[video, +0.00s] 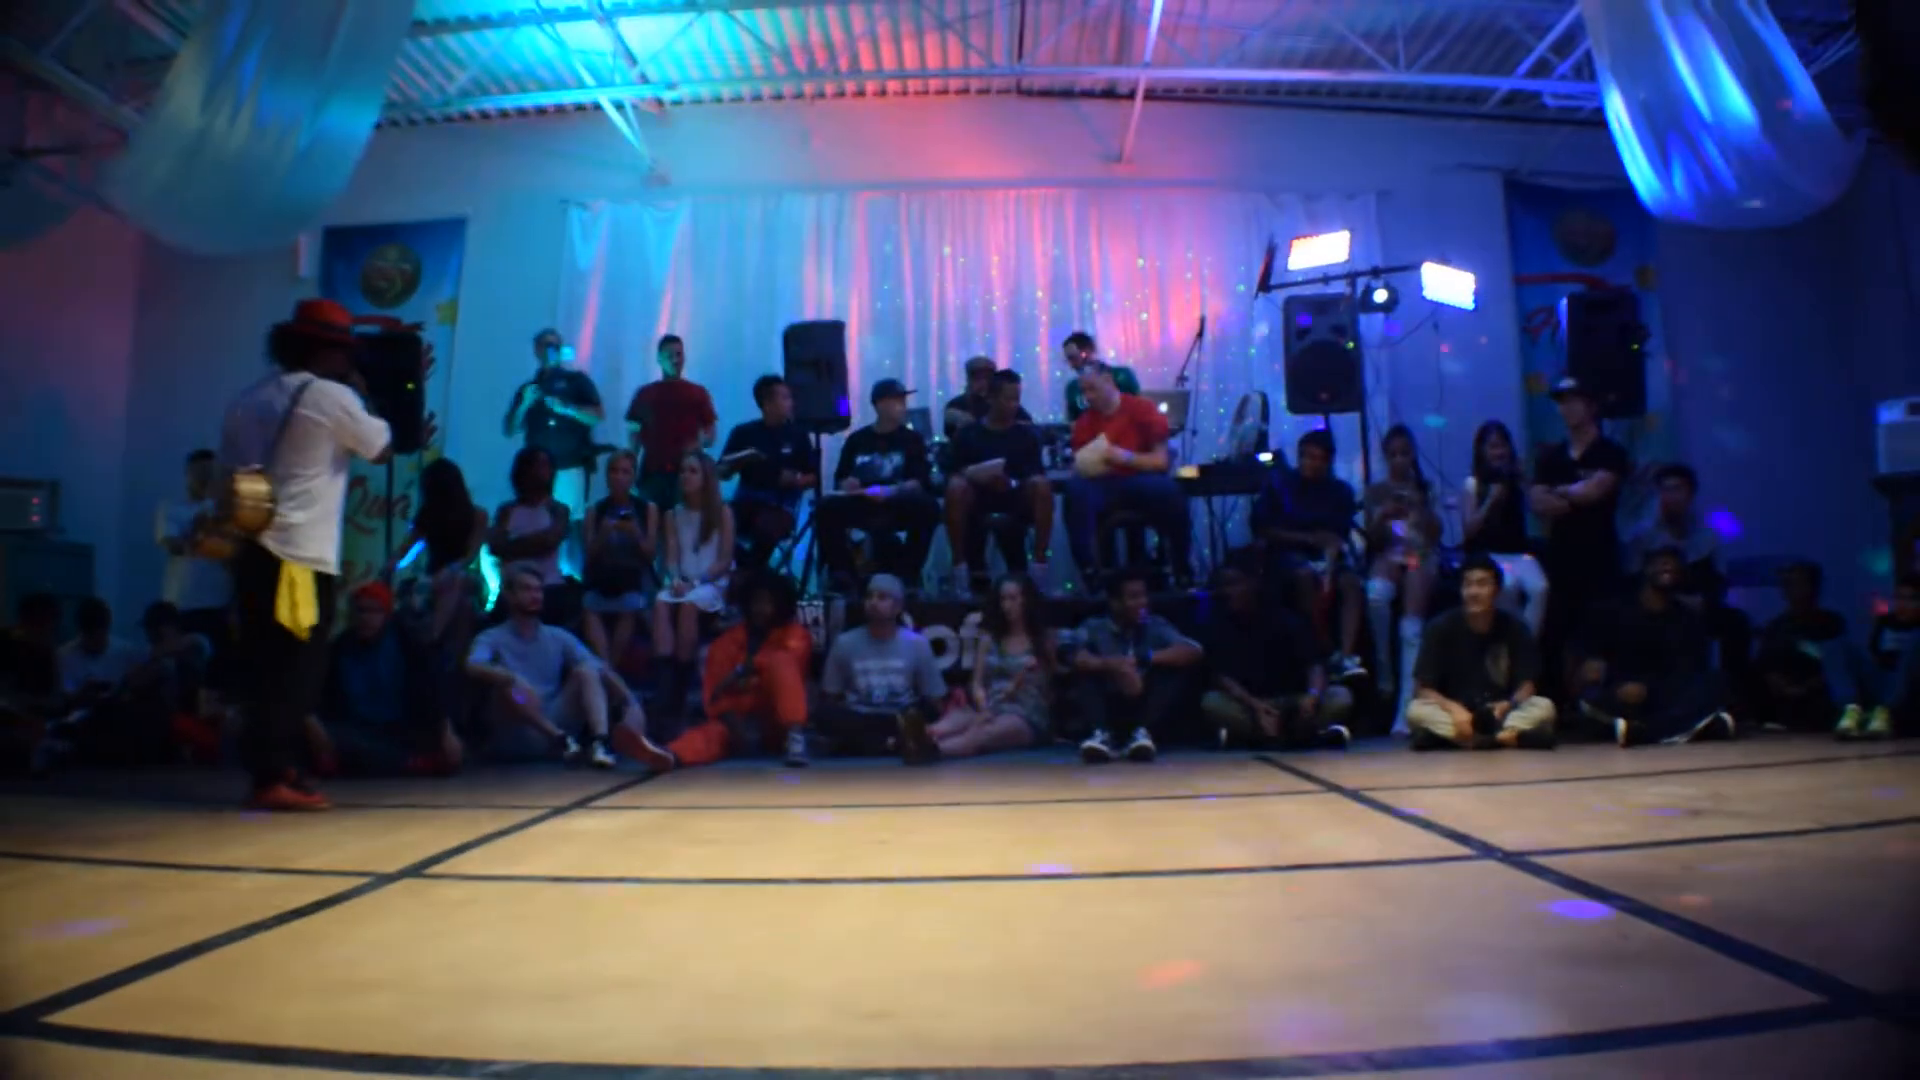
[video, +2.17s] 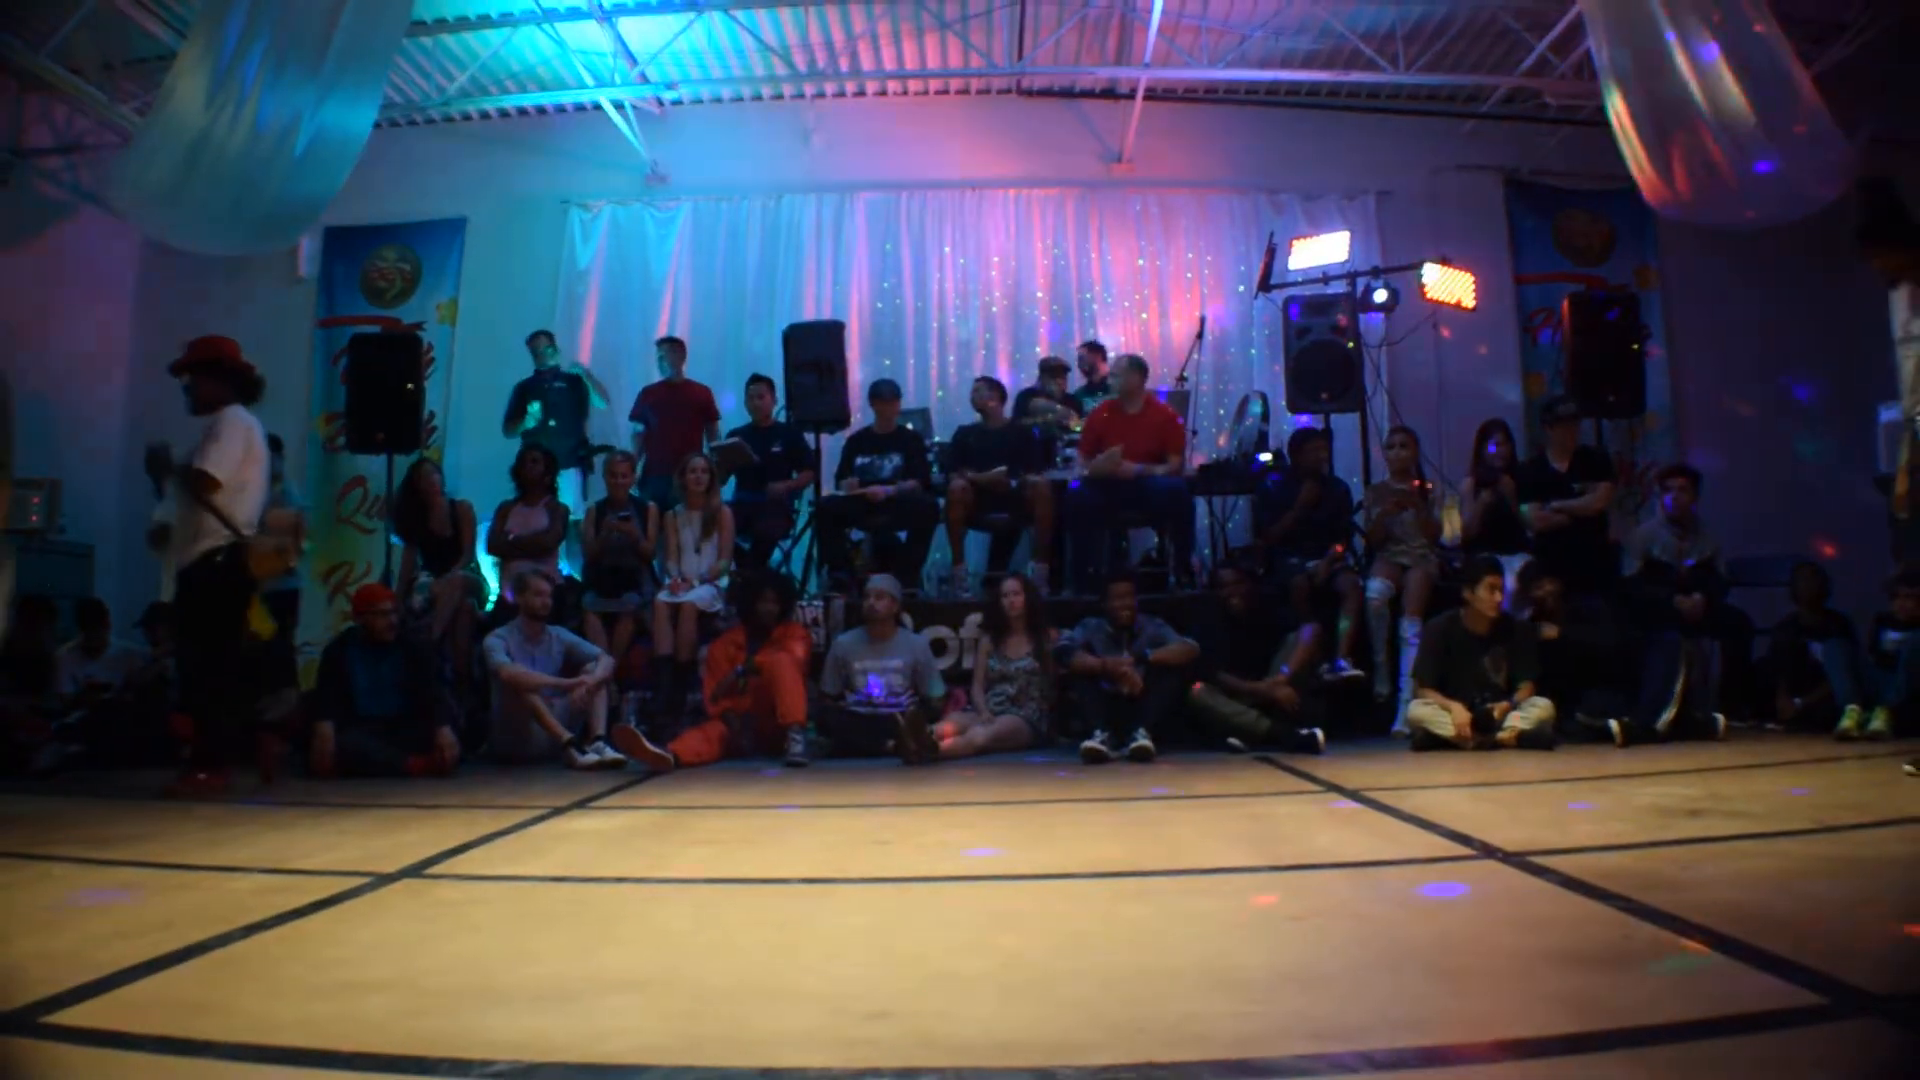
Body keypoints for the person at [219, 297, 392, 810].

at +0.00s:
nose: (348, 361)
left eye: (347, 351)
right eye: (342, 351)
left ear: (290, 347)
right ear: (325, 351)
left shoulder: (250, 400)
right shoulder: (327, 398)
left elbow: (231, 471)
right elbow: (379, 443)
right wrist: (360, 391)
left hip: (253, 554)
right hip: (301, 559)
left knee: (265, 670)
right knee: (296, 673)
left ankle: (272, 775)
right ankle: (278, 778)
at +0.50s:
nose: (311, 365)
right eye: (311, 359)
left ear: (263, 357)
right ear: (308, 361)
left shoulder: (223, 406)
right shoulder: (323, 408)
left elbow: (196, 482)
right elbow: (350, 458)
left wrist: (202, 535)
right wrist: (320, 416)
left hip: (234, 563)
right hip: (297, 568)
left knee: (244, 669)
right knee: (296, 673)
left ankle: (255, 775)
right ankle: (277, 776)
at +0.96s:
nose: (240, 368)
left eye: (239, 362)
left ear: (236, 365)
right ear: (286, 367)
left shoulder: (214, 412)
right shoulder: (313, 417)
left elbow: (182, 493)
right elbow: (325, 485)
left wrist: (173, 562)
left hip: (228, 564)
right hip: (289, 566)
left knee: (235, 670)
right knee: (287, 667)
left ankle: (256, 773)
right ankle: (293, 769)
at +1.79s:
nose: (219, 386)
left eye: (222, 378)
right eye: (219, 379)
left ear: (235, 378)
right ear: (270, 379)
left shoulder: (234, 416)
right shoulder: (292, 429)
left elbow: (205, 483)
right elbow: (297, 498)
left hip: (232, 561)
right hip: (278, 562)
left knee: (211, 660)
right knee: (272, 668)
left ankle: (214, 764)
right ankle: (272, 765)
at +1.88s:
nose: (210, 388)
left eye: (215, 379)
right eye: (211, 379)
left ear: (232, 378)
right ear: (261, 379)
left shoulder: (235, 416)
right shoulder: (284, 430)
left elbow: (207, 484)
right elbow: (282, 500)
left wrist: (242, 522)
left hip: (225, 564)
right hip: (268, 564)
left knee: (205, 665)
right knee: (269, 670)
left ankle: (207, 767)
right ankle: (273, 768)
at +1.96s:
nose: (204, 389)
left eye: (209, 380)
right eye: (204, 380)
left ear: (228, 380)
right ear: (251, 381)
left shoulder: (233, 418)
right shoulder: (271, 428)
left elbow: (207, 485)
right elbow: (270, 498)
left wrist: (178, 498)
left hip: (221, 564)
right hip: (259, 563)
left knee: (205, 667)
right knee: (265, 667)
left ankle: (207, 766)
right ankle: (272, 767)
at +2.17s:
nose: (189, 391)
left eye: (196, 381)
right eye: (189, 382)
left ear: (218, 382)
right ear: (223, 384)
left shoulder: (234, 422)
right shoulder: (229, 425)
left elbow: (205, 483)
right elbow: (207, 492)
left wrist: (168, 470)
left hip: (217, 565)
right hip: (210, 566)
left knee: (207, 667)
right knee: (208, 667)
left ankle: (211, 764)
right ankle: (213, 760)